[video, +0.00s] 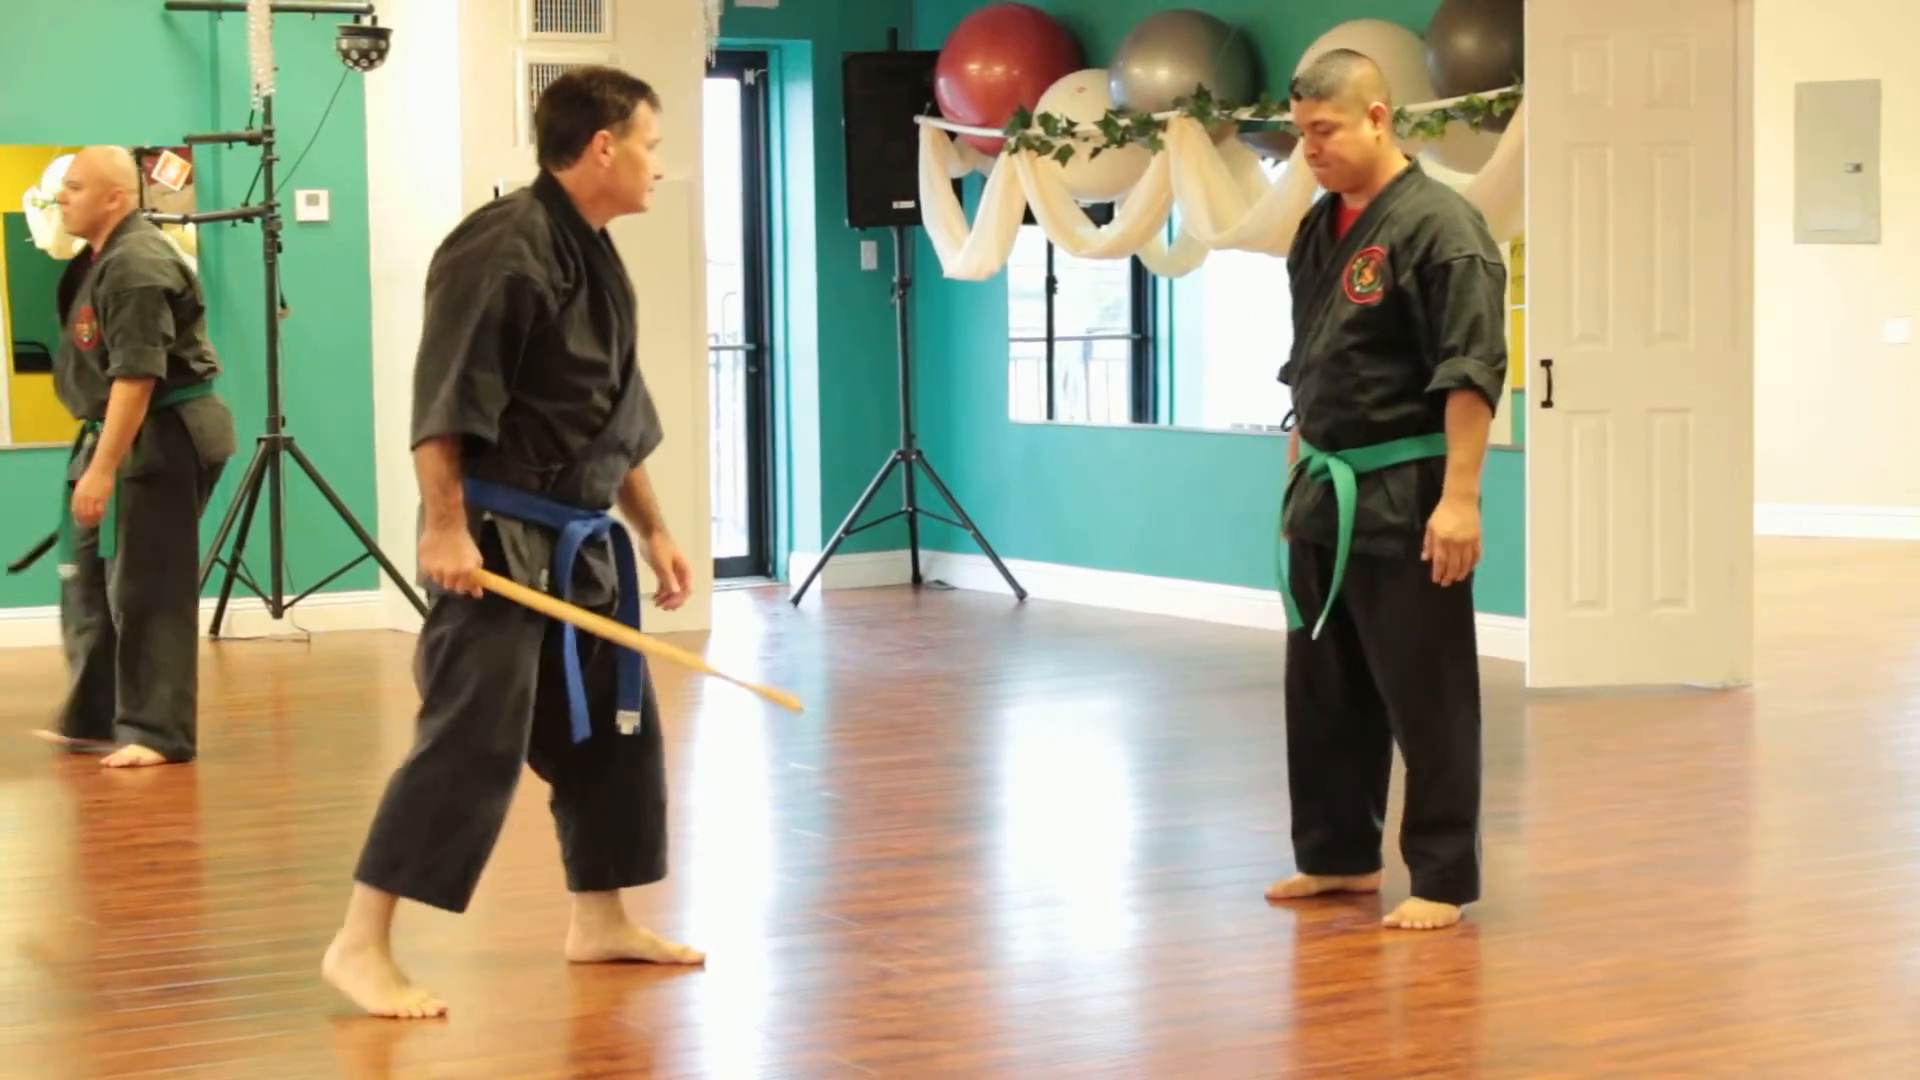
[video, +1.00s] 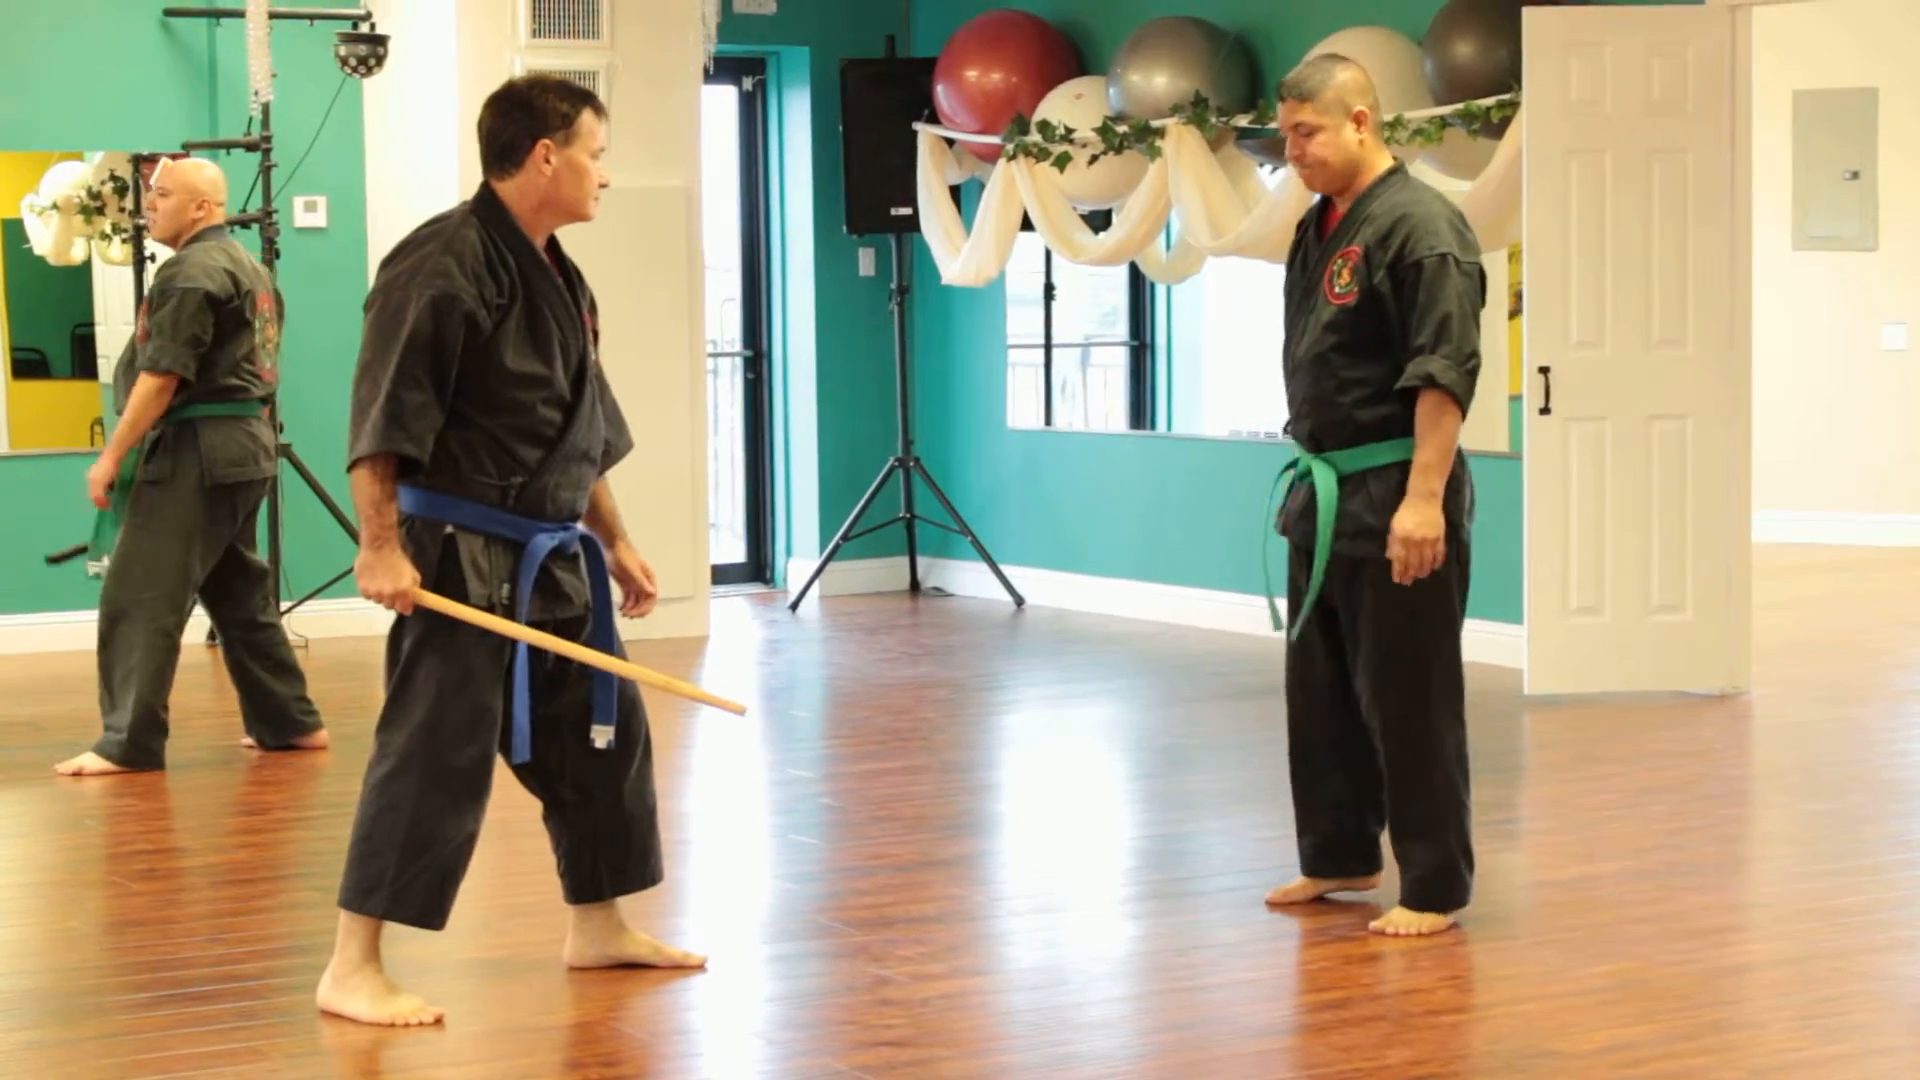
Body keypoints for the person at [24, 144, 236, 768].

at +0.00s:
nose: (62, 197)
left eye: (73, 188)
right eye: (64, 187)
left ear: (113, 198)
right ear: (109, 199)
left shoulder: (136, 263)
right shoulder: (109, 258)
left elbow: (137, 378)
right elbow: (118, 370)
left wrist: (102, 468)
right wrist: (100, 447)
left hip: (163, 433)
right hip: (129, 428)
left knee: (150, 580)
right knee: (93, 575)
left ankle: (160, 732)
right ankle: (95, 718)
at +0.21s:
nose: (104, 194)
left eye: (118, 183)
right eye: (106, 182)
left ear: (163, 192)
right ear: (164, 195)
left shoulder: (165, 262)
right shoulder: (185, 248)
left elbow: (160, 376)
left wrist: (128, 461)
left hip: (179, 435)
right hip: (212, 428)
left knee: (155, 584)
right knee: (203, 574)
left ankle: (160, 737)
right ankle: (276, 697)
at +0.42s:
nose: (142, 202)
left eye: (154, 193)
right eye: (145, 191)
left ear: (196, 205)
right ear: (204, 208)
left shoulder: (190, 273)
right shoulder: (237, 260)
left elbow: (180, 384)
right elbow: (257, 360)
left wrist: (150, 469)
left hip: (208, 442)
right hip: (255, 436)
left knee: (144, 584)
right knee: (253, 579)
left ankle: (153, 735)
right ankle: (303, 713)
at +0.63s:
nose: (155, 201)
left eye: (169, 192)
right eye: (158, 190)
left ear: (211, 205)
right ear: (218, 208)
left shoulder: (195, 269)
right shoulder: (258, 263)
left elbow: (178, 374)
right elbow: (271, 366)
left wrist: (148, 456)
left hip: (212, 443)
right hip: (260, 440)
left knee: (154, 591)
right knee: (248, 594)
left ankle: (133, 740)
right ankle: (291, 723)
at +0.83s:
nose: (152, 202)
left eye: (164, 192)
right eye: (154, 191)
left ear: (207, 206)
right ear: (214, 209)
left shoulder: (192, 272)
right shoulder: (254, 266)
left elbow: (159, 379)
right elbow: (270, 373)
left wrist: (116, 456)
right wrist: (260, 444)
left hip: (198, 447)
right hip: (246, 444)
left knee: (142, 593)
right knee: (237, 590)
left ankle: (130, 744)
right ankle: (289, 722)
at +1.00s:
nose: (148, 205)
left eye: (161, 195)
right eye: (151, 193)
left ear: (202, 208)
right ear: (208, 210)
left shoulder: (191, 272)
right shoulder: (240, 262)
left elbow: (159, 381)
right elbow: (245, 365)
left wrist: (111, 455)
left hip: (196, 447)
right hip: (242, 442)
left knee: (141, 593)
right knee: (237, 591)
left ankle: (130, 744)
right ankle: (289, 722)